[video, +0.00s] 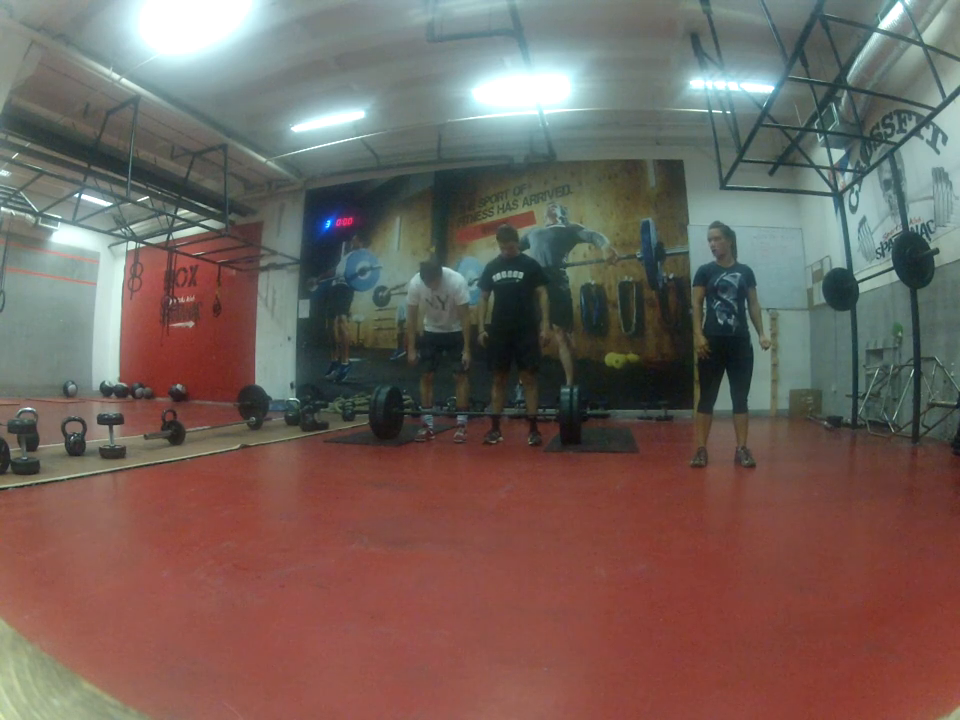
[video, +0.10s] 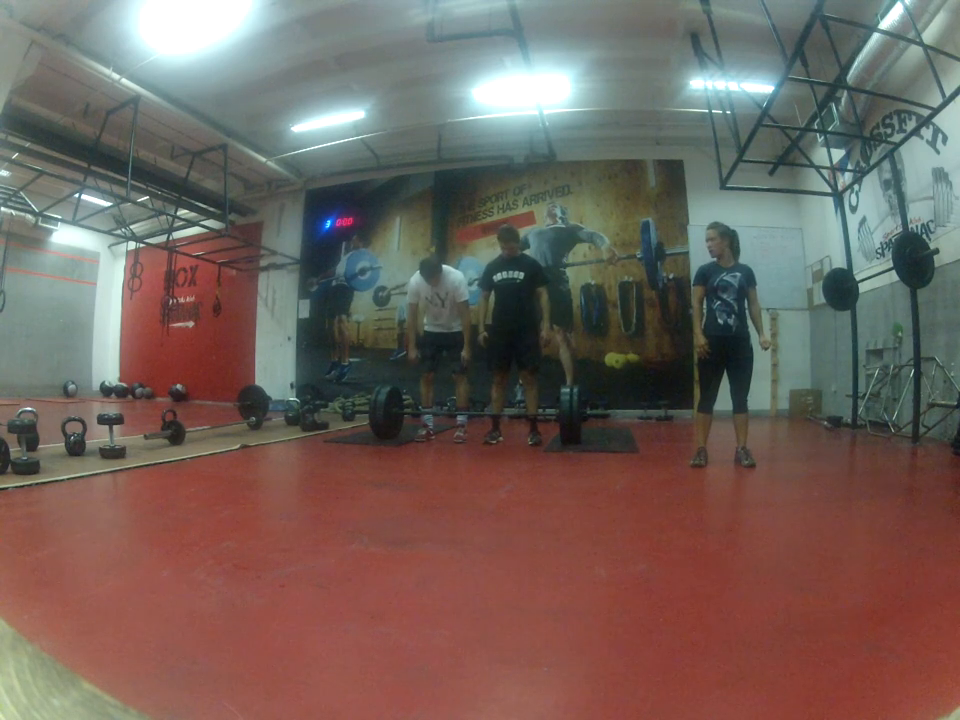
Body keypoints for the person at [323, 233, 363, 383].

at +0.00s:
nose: (353, 243)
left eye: (355, 241)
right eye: (353, 241)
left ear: (361, 243)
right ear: (354, 242)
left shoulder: (360, 256)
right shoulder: (348, 256)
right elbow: (336, 271)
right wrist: (319, 278)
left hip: (346, 288)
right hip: (336, 288)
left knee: (342, 324)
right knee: (334, 325)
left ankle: (345, 362)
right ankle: (335, 361)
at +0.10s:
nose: (353, 243)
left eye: (355, 241)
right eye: (353, 241)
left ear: (361, 243)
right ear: (354, 242)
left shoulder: (360, 256)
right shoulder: (348, 256)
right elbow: (336, 271)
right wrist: (319, 278)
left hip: (346, 288)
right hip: (336, 288)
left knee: (342, 325)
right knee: (334, 326)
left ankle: (345, 362)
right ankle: (335, 361)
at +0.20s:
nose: (353, 243)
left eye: (356, 241)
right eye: (353, 240)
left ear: (361, 242)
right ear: (353, 242)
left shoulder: (360, 256)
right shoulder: (348, 256)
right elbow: (335, 272)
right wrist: (319, 279)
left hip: (346, 289)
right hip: (335, 288)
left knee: (342, 325)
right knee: (334, 326)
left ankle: (345, 362)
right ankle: (335, 361)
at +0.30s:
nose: (353, 243)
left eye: (356, 241)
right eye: (353, 240)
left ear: (361, 242)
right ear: (353, 242)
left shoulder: (360, 256)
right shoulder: (348, 256)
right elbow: (336, 272)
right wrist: (319, 279)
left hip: (346, 289)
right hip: (335, 288)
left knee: (342, 325)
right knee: (334, 326)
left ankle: (345, 362)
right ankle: (335, 361)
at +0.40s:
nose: (353, 243)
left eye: (356, 240)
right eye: (353, 240)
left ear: (360, 242)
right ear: (353, 242)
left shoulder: (359, 256)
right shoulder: (348, 256)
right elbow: (336, 272)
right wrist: (319, 279)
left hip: (345, 288)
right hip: (336, 288)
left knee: (342, 324)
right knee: (334, 325)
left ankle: (345, 362)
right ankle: (335, 361)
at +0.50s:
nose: (353, 243)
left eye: (356, 241)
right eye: (353, 240)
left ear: (360, 242)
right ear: (353, 242)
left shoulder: (360, 256)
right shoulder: (348, 256)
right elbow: (336, 272)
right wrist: (319, 279)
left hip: (345, 288)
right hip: (335, 288)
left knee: (342, 325)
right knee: (333, 326)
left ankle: (345, 362)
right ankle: (335, 361)